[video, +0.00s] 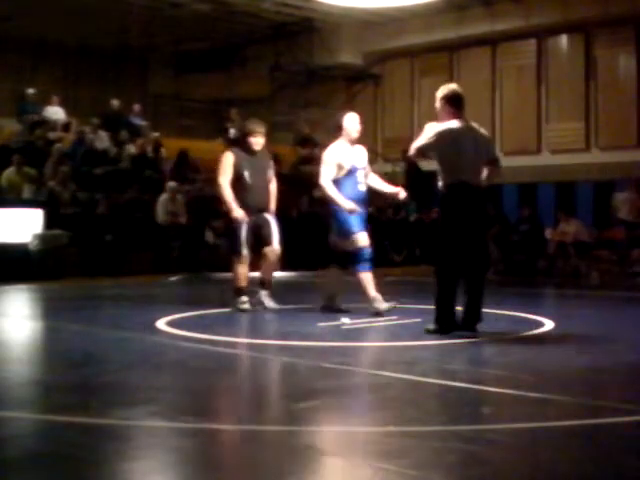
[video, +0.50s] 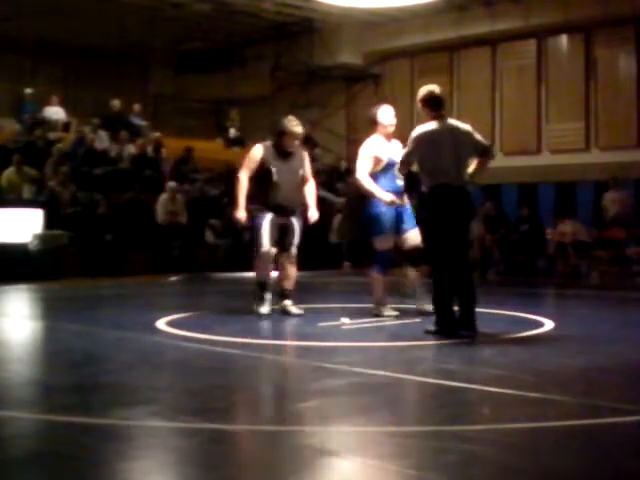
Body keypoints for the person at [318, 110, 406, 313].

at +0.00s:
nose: (357, 129)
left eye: (358, 124)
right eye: (353, 125)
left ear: (360, 127)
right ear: (343, 127)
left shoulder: (361, 150)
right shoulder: (333, 151)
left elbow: (367, 176)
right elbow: (324, 180)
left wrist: (391, 190)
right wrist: (344, 203)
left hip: (360, 206)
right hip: (344, 206)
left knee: (342, 253)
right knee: (363, 247)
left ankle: (330, 297)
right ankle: (375, 298)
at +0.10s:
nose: (364, 128)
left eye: (365, 123)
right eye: (359, 124)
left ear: (366, 125)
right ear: (350, 126)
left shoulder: (369, 149)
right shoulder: (341, 152)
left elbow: (375, 178)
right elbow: (333, 181)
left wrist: (396, 200)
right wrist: (350, 204)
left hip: (370, 205)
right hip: (355, 206)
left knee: (354, 253)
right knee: (372, 248)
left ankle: (334, 294)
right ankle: (378, 300)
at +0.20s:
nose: (370, 127)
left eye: (371, 123)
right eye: (366, 124)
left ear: (373, 124)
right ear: (356, 126)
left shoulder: (377, 147)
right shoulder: (349, 150)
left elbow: (382, 177)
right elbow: (341, 180)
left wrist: (392, 203)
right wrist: (359, 203)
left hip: (379, 200)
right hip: (362, 202)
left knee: (383, 246)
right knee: (378, 244)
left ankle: (350, 286)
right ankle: (379, 301)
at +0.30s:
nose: (378, 125)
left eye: (379, 121)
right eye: (373, 122)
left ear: (381, 122)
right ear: (364, 124)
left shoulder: (384, 146)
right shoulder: (357, 149)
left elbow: (388, 176)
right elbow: (349, 179)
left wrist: (392, 199)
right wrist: (368, 201)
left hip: (386, 200)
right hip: (369, 203)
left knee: (397, 241)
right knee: (378, 247)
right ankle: (379, 300)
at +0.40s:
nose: (385, 124)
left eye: (386, 120)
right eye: (381, 121)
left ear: (388, 122)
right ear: (371, 123)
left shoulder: (390, 145)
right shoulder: (364, 146)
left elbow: (393, 174)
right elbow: (356, 176)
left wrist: (397, 197)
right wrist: (376, 197)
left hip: (393, 201)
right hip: (375, 203)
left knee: (411, 240)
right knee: (380, 252)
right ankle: (380, 301)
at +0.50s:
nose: (392, 124)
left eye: (393, 119)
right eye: (388, 120)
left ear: (394, 121)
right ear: (378, 122)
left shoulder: (397, 145)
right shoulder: (370, 145)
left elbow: (402, 173)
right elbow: (361, 174)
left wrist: (405, 195)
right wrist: (383, 195)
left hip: (401, 200)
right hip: (381, 202)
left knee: (414, 247)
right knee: (382, 252)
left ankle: (420, 298)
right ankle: (379, 301)